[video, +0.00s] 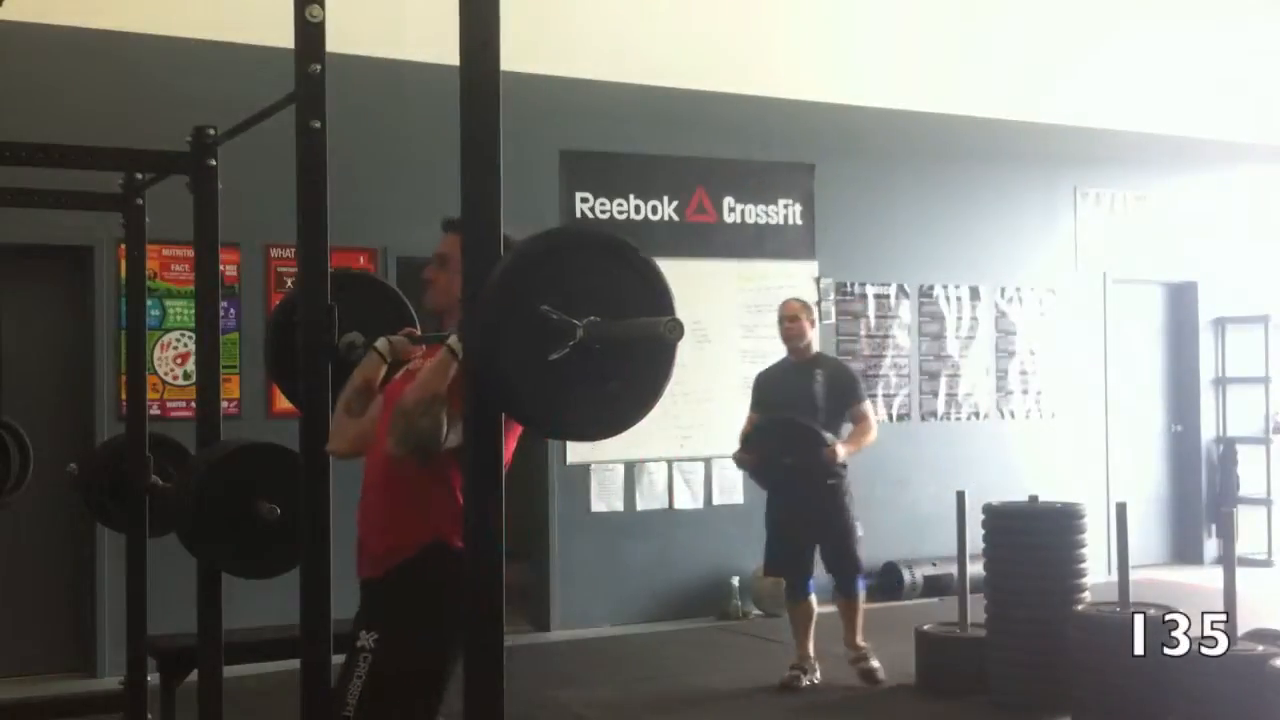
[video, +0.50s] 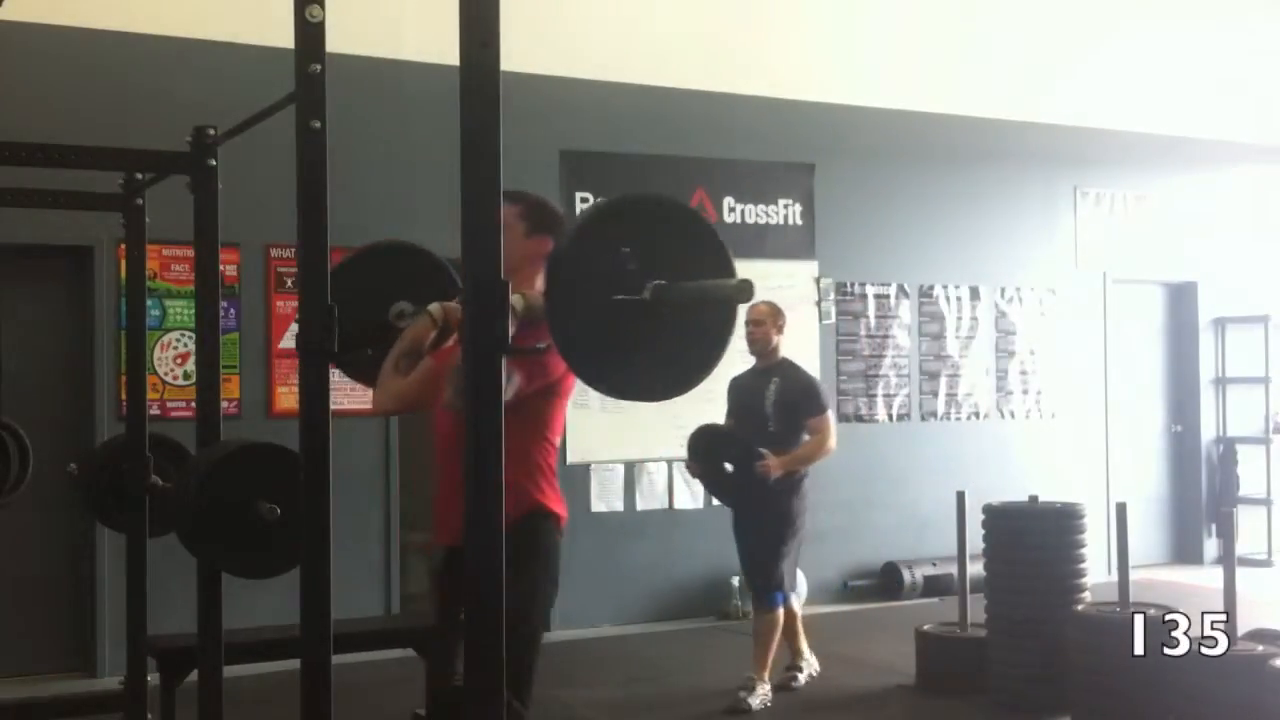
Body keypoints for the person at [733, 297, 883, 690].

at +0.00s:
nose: (789, 327)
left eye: (796, 319)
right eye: (784, 321)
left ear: (813, 324)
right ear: (778, 329)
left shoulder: (839, 374)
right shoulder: (767, 379)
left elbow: (867, 426)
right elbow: (752, 429)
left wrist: (844, 448)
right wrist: (745, 453)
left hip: (827, 484)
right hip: (784, 485)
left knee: (847, 568)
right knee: (796, 576)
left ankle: (856, 647)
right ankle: (805, 662)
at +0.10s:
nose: (780, 327)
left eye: (787, 320)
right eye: (775, 321)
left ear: (805, 325)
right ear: (770, 329)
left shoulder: (830, 374)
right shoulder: (761, 380)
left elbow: (860, 426)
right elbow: (752, 432)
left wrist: (833, 449)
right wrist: (738, 457)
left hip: (820, 484)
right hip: (778, 485)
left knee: (827, 573)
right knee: (792, 577)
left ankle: (838, 657)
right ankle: (805, 662)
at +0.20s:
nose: (773, 328)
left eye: (780, 321)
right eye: (769, 322)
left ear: (798, 326)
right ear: (764, 329)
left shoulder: (823, 374)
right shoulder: (756, 380)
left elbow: (853, 426)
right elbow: (749, 434)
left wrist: (821, 452)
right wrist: (730, 458)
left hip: (810, 487)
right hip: (771, 488)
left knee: (808, 577)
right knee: (786, 579)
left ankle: (813, 667)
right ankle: (802, 664)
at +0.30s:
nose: (766, 330)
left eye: (773, 324)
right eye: (762, 324)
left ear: (792, 328)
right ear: (758, 331)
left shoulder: (815, 376)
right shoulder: (750, 382)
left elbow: (845, 429)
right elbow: (743, 435)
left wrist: (809, 457)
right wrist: (722, 459)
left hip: (801, 487)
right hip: (763, 488)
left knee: (793, 581)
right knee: (782, 580)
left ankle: (787, 674)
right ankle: (808, 662)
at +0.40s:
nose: (758, 331)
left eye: (766, 325)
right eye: (755, 325)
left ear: (785, 331)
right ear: (752, 332)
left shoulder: (807, 379)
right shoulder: (744, 384)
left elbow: (836, 435)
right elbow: (737, 434)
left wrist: (796, 461)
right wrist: (714, 460)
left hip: (794, 486)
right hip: (756, 487)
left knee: (780, 579)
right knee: (779, 578)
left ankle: (767, 678)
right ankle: (807, 661)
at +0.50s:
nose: (751, 331)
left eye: (759, 325)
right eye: (748, 326)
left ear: (780, 330)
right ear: (745, 332)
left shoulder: (800, 382)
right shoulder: (739, 385)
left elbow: (825, 440)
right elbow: (732, 439)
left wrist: (783, 463)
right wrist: (706, 462)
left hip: (784, 491)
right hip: (746, 491)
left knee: (769, 584)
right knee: (771, 581)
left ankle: (760, 682)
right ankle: (803, 656)